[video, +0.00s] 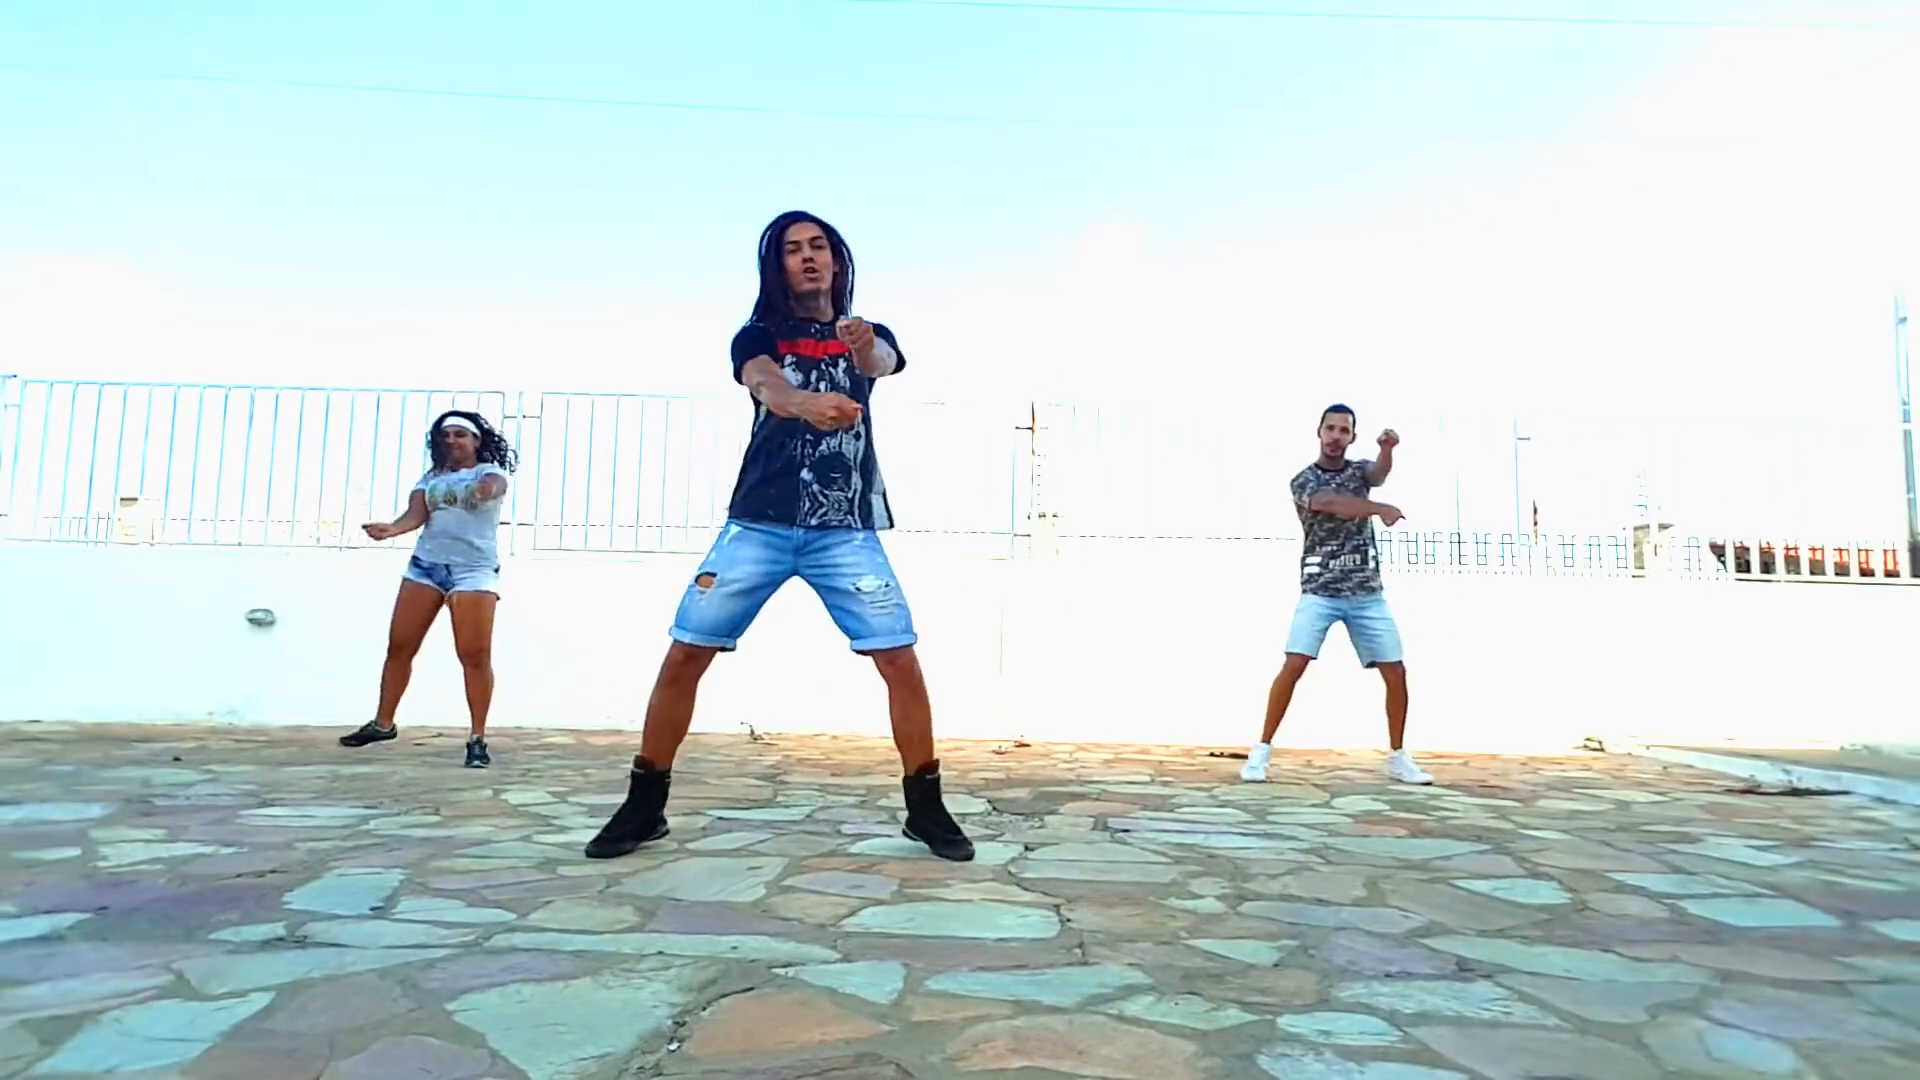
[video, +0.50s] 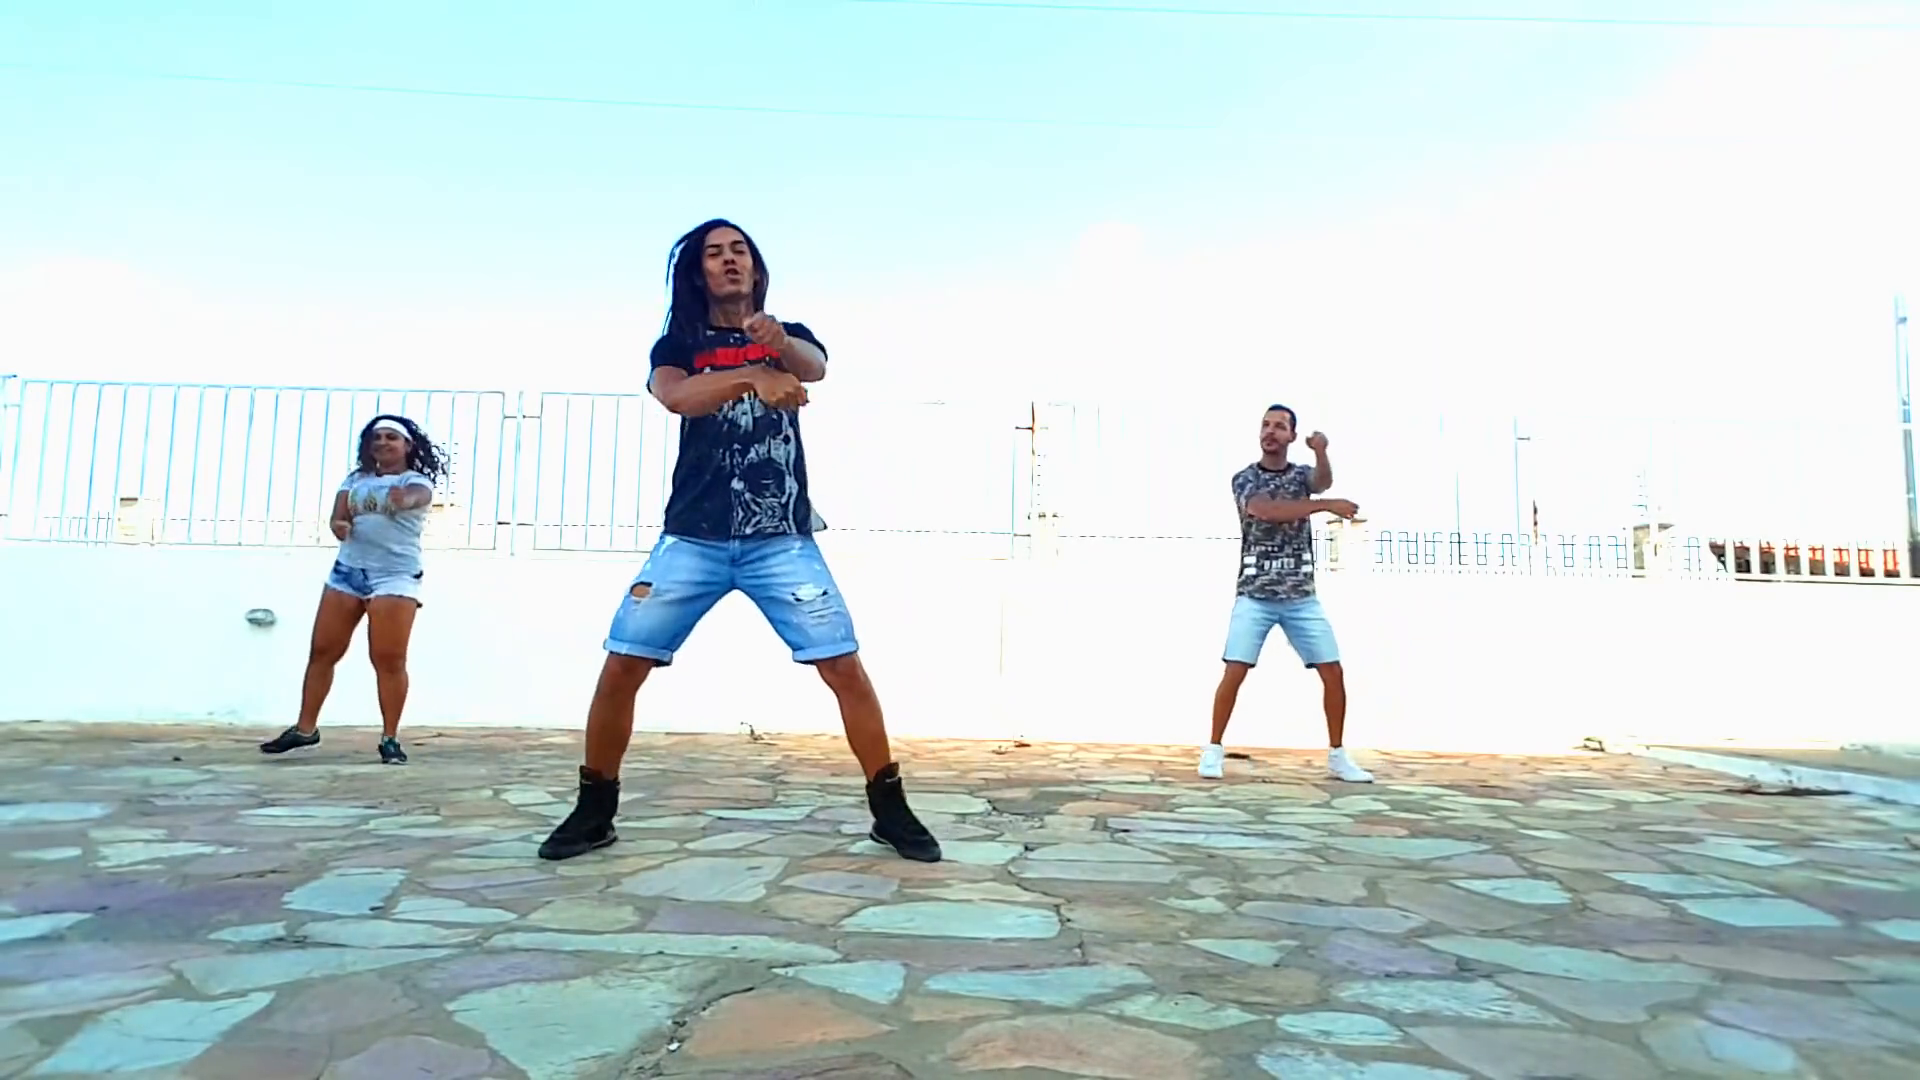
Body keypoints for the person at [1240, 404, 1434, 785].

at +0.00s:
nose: (1337, 436)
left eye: (1344, 431)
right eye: (1331, 429)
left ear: (1352, 438)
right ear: (1319, 433)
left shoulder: (1359, 472)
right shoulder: (1304, 480)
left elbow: (1378, 474)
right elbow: (1325, 504)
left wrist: (1385, 451)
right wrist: (1376, 508)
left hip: (1367, 593)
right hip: (1320, 593)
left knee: (1395, 671)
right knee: (1295, 664)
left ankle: (1398, 756)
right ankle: (1262, 749)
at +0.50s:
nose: (1272, 431)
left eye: (1280, 426)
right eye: (1267, 425)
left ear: (1292, 437)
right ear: (1259, 433)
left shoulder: (1300, 475)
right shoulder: (1245, 478)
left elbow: (1322, 482)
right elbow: (1263, 510)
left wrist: (1320, 454)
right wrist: (1325, 506)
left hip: (1301, 596)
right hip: (1255, 596)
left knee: (1332, 670)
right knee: (1235, 670)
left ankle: (1337, 754)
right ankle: (1214, 749)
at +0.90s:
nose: (1285, 412)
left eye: (1294, 408)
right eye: (1281, 407)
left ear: (1308, 420)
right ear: (1274, 417)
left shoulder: (1322, 464)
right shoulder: (1256, 462)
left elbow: (1351, 508)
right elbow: (1209, 487)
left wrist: (1378, 537)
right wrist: (1213, 505)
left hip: (1315, 582)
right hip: (1268, 582)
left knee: (1350, 653)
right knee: (1255, 656)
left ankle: (1368, 743)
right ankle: (1237, 743)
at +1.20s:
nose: (1316, 414)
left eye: (1323, 409)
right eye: (1310, 409)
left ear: (1336, 419)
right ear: (1302, 418)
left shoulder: (1348, 470)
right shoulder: (1282, 456)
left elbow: (1358, 525)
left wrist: (1370, 572)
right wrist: (1195, 401)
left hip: (1347, 576)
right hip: (1301, 575)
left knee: (1371, 655)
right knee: (1280, 656)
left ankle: (1380, 745)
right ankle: (1255, 742)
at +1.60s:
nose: (1366, 431)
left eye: (1372, 426)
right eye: (1359, 425)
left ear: (1382, 435)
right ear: (1348, 433)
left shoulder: (1393, 488)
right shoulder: (1329, 468)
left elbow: (1403, 540)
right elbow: (1294, 428)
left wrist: (1418, 585)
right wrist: (1283, 375)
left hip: (1386, 593)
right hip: (1341, 590)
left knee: (1420, 669)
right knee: (1320, 667)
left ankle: (1412, 753)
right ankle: (1297, 747)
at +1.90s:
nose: (1405, 441)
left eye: (1412, 436)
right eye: (1398, 436)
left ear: (1422, 445)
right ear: (1387, 444)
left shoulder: (1434, 495)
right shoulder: (1368, 482)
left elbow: (1449, 546)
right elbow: (1335, 443)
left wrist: (1465, 578)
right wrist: (1346, 397)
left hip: (1425, 602)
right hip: (1380, 601)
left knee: (1477, 673)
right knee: (1364, 678)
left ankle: (1488, 758)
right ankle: (1350, 757)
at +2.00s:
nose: (1420, 450)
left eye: (1427, 444)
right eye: (1413, 445)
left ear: (1438, 453)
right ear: (1404, 453)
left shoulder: (1452, 506)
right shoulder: (1386, 492)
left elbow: (1466, 555)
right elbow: (1350, 456)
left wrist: (1484, 584)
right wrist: (1340, 407)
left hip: (1446, 612)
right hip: (1398, 610)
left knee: (1495, 681)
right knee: (1378, 679)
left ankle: (1488, 761)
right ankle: (1352, 756)